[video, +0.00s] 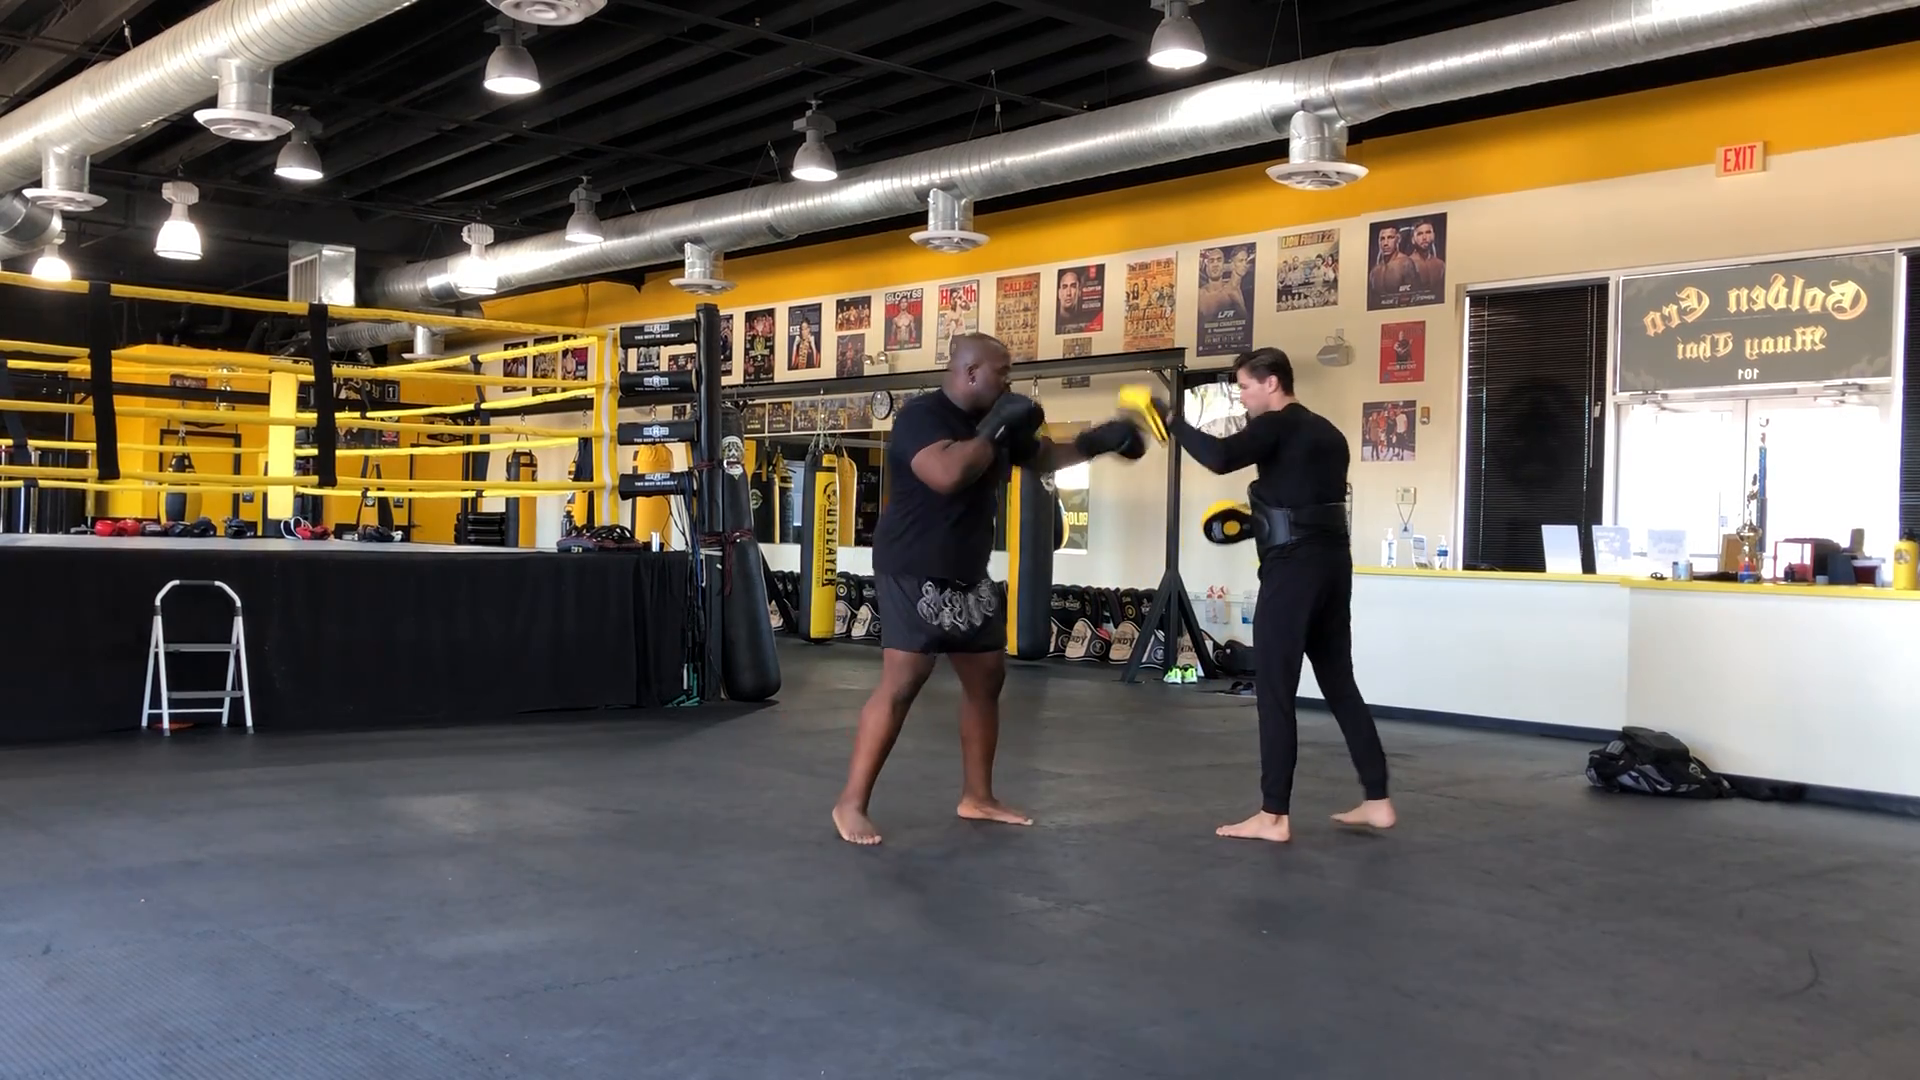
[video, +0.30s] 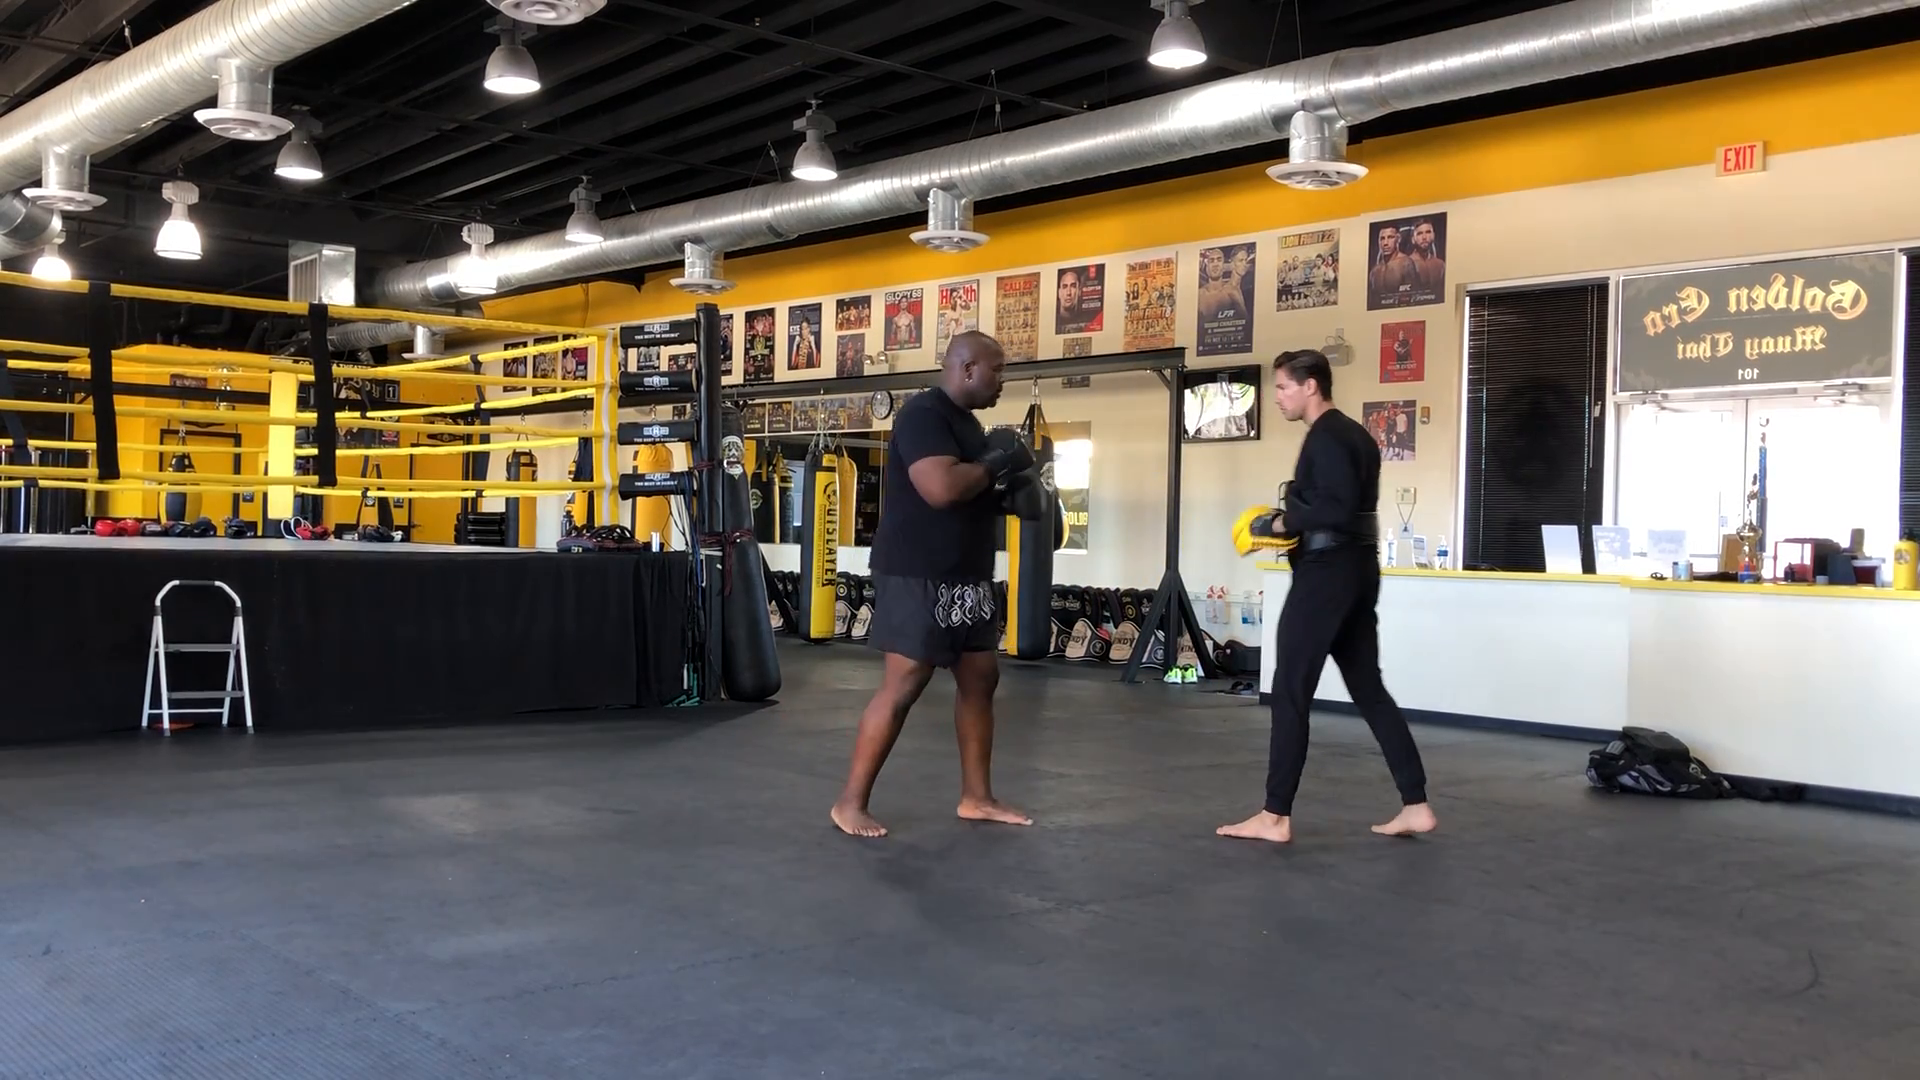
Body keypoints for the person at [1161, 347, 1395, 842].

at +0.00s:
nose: (1240, 399)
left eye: (1244, 388)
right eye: (1239, 389)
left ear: (1273, 383)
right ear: (1281, 385)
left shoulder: (1275, 426)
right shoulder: (1328, 432)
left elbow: (1220, 456)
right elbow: (1318, 503)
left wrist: (1172, 420)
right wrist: (1259, 517)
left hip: (1292, 569)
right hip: (1334, 568)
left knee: (1274, 693)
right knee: (1339, 684)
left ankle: (1274, 816)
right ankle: (1378, 801)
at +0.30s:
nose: (1277, 397)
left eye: (1282, 388)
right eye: (1276, 388)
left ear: (1311, 386)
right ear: (1313, 389)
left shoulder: (1327, 437)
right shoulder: (1356, 435)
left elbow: (1334, 510)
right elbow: (1339, 510)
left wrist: (1276, 521)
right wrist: (1281, 520)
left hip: (1324, 575)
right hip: (1356, 574)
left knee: (1289, 694)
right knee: (1370, 692)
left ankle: (1274, 815)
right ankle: (1417, 805)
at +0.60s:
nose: (1321, 396)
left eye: (1328, 387)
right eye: (1321, 388)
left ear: (1356, 388)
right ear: (1355, 389)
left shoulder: (1374, 434)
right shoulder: (1377, 435)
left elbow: (1375, 503)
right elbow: (1361, 510)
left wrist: (1316, 487)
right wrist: (1308, 501)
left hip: (1368, 579)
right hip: (1394, 578)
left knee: (1321, 691)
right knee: (1409, 697)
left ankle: (1308, 815)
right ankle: (1424, 816)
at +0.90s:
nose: (1332, 391)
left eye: (1338, 382)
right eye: (1332, 382)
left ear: (1365, 382)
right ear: (1368, 385)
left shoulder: (1377, 429)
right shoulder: (1401, 435)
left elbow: (1346, 480)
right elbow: (1349, 506)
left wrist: (1302, 436)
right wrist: (1302, 467)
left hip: (1367, 576)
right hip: (1399, 575)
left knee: (1346, 698)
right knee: (1402, 694)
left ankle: (1355, 823)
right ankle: (1423, 815)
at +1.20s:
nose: (1325, 390)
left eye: (1330, 379)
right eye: (1324, 381)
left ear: (1357, 379)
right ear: (1364, 380)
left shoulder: (1361, 426)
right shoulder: (1404, 437)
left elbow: (1303, 455)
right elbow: (1356, 485)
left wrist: (1291, 401)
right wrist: (1297, 463)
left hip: (1349, 573)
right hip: (1391, 573)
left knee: (1342, 698)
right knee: (1395, 693)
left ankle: (1355, 823)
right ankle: (1421, 814)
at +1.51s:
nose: (1307, 386)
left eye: (1312, 375)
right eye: (1308, 376)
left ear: (1338, 376)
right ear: (1349, 378)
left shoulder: (1331, 428)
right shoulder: (1391, 431)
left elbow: (1258, 466)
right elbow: (1338, 464)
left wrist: (1219, 431)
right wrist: (1285, 435)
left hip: (1340, 571)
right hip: (1383, 569)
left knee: (1343, 697)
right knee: (1384, 689)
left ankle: (1356, 822)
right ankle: (1417, 808)